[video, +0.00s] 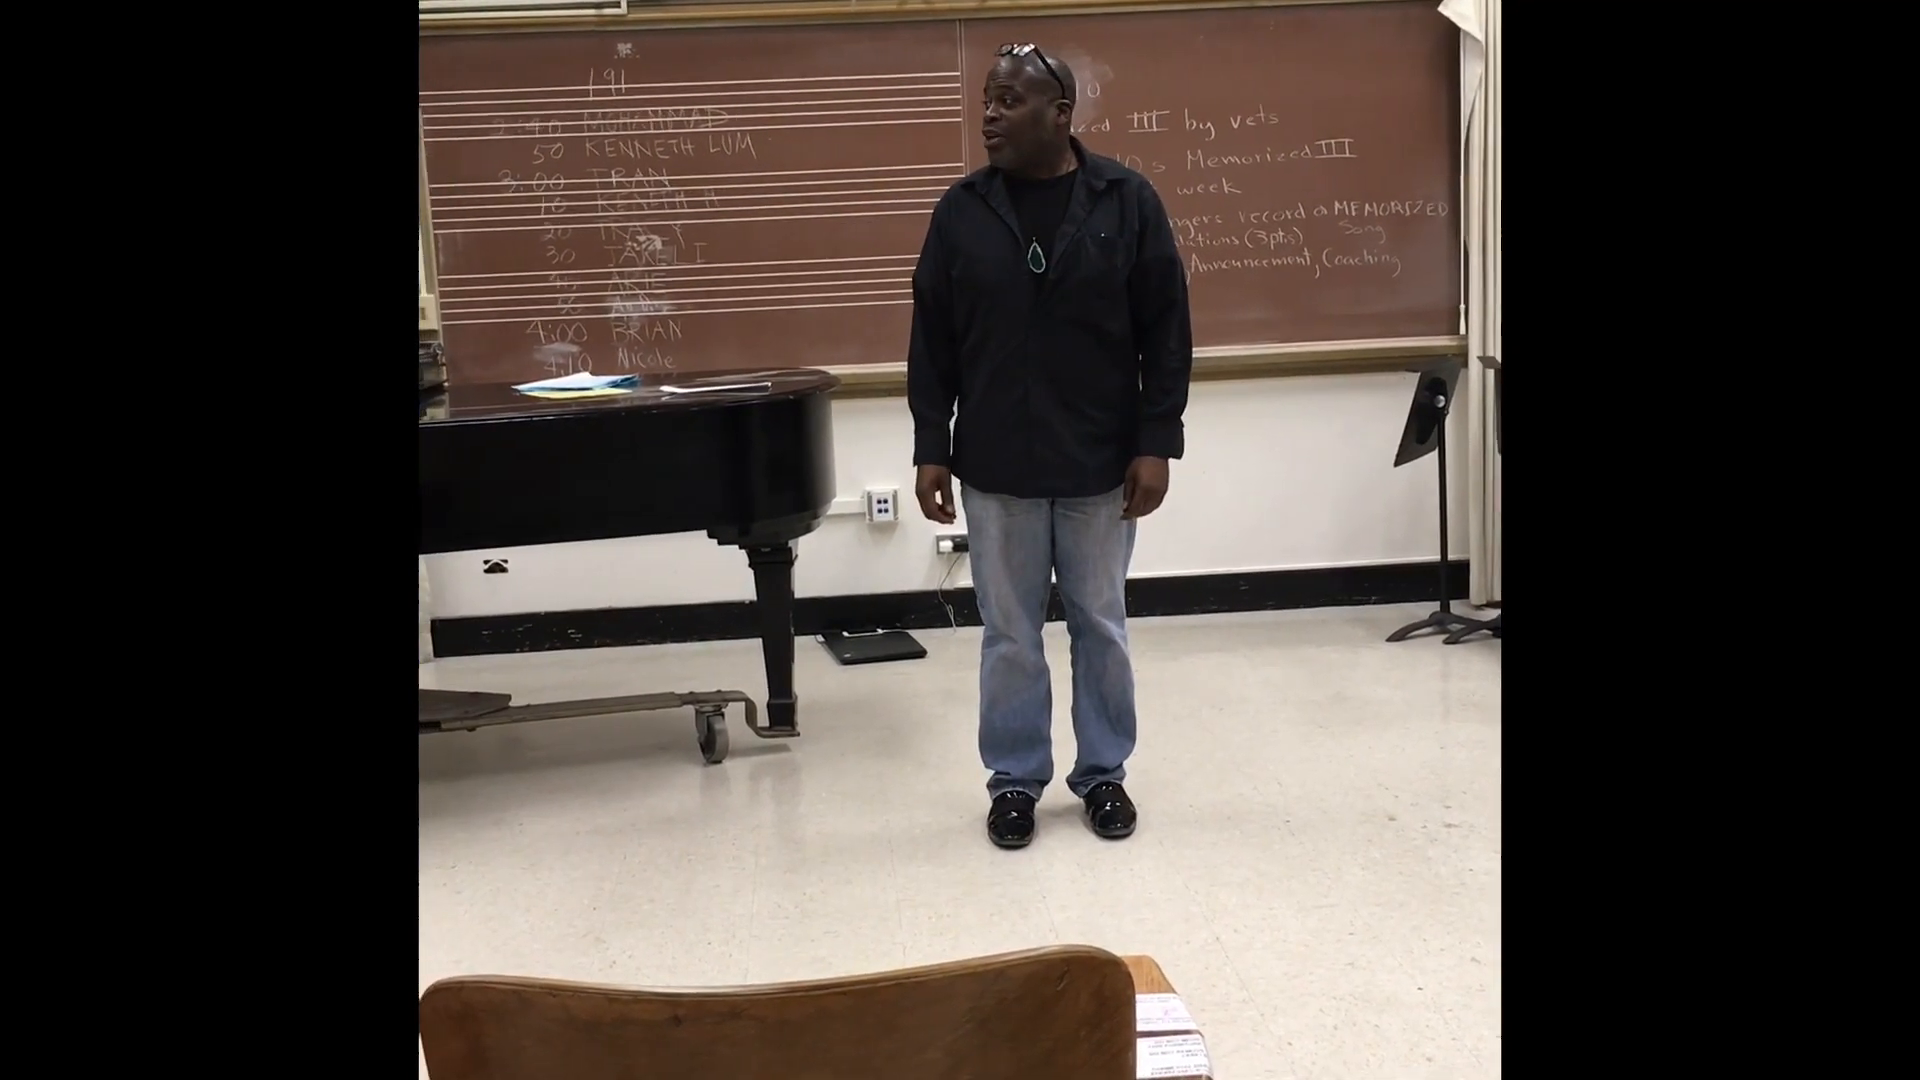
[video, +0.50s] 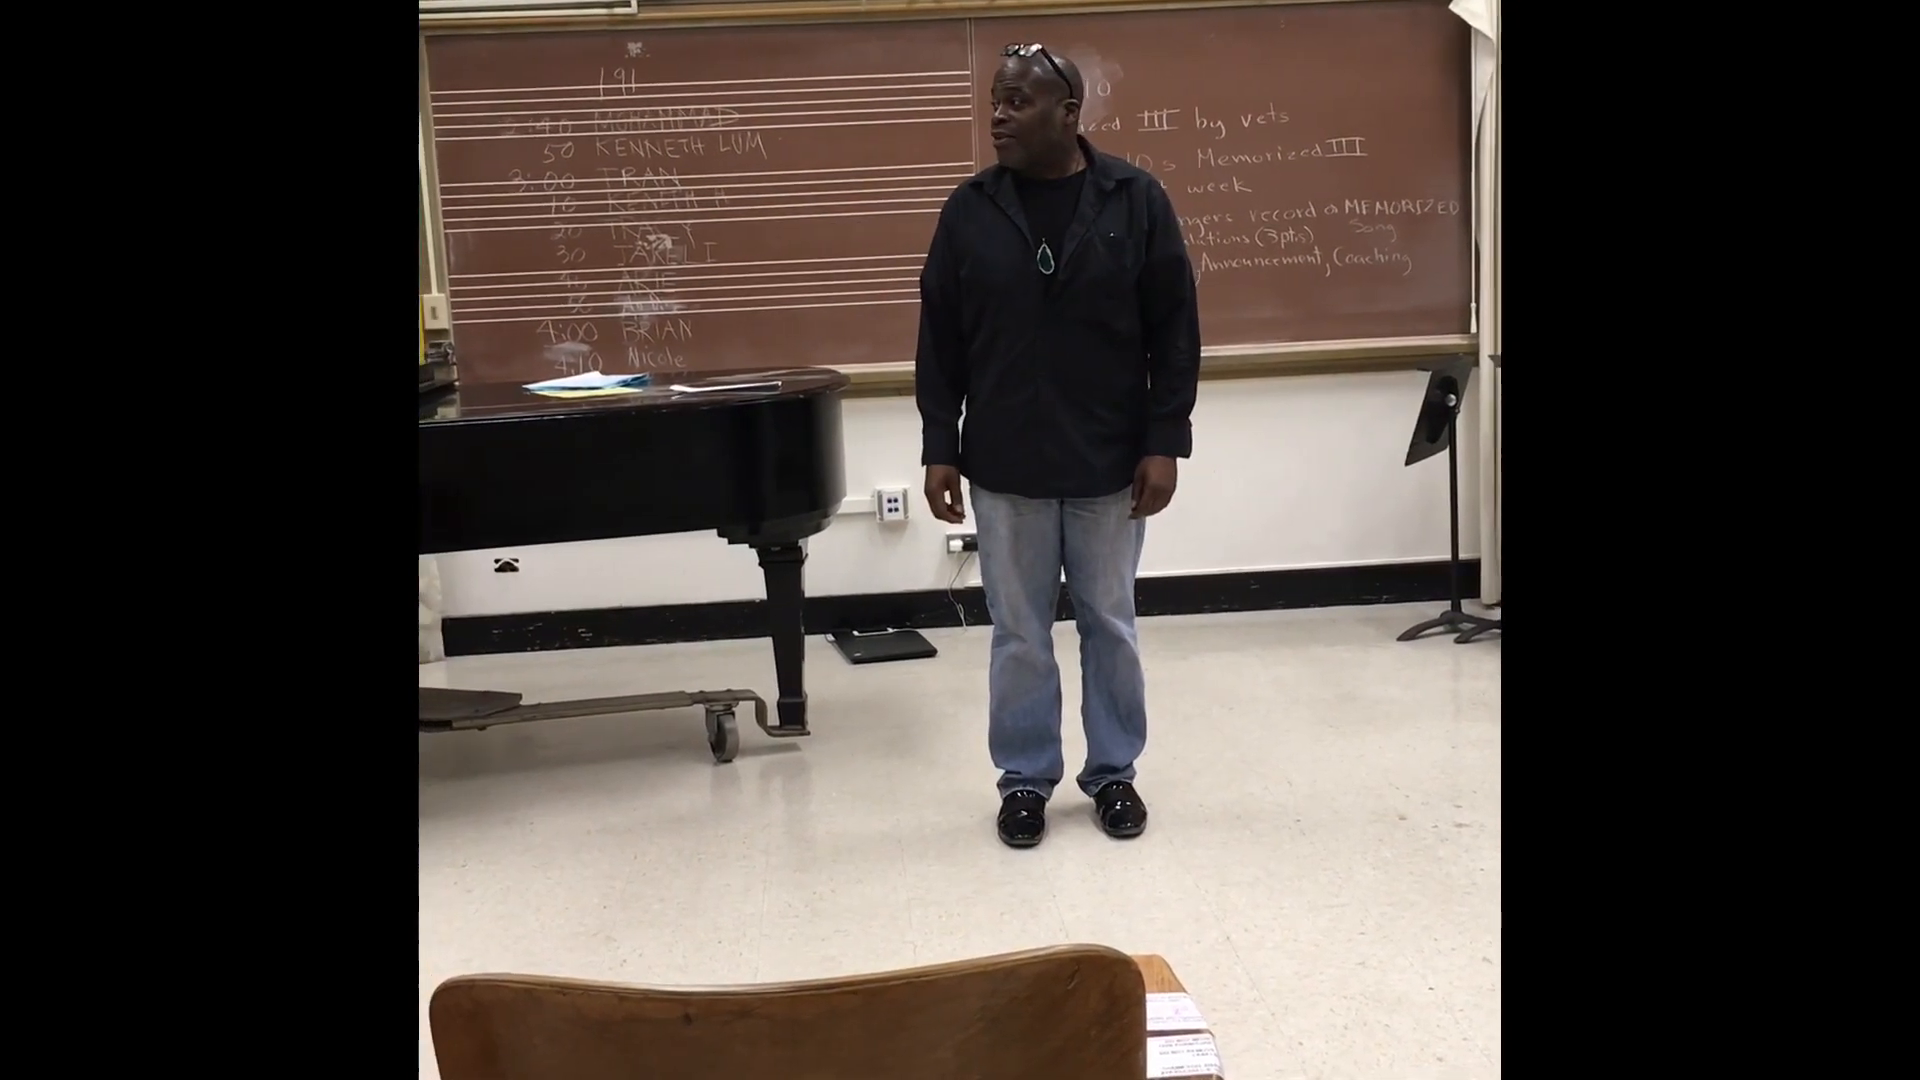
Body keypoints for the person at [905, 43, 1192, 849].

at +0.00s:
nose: (990, 116)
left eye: (1009, 101)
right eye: (988, 102)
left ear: (1061, 112)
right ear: (986, 112)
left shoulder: (1127, 200)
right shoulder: (962, 210)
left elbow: (1165, 331)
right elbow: (932, 337)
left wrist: (1156, 446)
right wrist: (930, 451)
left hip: (1100, 455)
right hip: (995, 458)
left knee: (1100, 626)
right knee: (1009, 632)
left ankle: (1103, 775)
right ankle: (1013, 779)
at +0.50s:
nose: (999, 116)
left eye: (1017, 101)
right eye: (995, 102)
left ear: (1069, 112)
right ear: (991, 111)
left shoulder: (1136, 200)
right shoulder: (968, 210)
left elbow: (1174, 330)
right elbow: (939, 337)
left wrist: (1165, 445)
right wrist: (939, 451)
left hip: (1109, 454)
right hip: (1005, 457)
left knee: (1110, 625)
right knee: (1019, 631)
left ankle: (1114, 772)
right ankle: (1023, 780)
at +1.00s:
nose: (1009, 118)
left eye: (1026, 103)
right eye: (1005, 104)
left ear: (1078, 112)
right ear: (1000, 113)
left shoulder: (1146, 202)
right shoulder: (980, 211)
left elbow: (1183, 332)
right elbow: (949, 338)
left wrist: (1174, 447)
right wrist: (949, 452)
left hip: (1119, 455)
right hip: (1015, 458)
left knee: (1121, 626)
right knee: (1029, 632)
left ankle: (1124, 774)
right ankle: (1034, 780)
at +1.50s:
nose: (1021, 116)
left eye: (1039, 103)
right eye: (1016, 103)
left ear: (1087, 113)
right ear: (1008, 113)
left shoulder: (1144, 204)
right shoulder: (977, 214)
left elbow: (1183, 333)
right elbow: (947, 342)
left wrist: (1174, 449)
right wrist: (948, 456)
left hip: (1118, 457)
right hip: (1015, 461)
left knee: (1120, 629)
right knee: (1029, 635)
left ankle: (1123, 776)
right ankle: (1034, 784)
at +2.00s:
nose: (1054, 113)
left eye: (1070, 100)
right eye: (1038, 100)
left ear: (1096, 111)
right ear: (1014, 114)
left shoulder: (1143, 208)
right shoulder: (973, 217)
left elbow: (1180, 336)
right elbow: (943, 345)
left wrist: (1176, 447)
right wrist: (950, 460)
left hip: (1118, 458)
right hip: (1015, 462)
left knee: (1117, 629)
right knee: (1026, 636)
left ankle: (1120, 778)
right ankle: (1031, 785)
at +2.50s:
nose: (1058, 109)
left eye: (1074, 96)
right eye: (1041, 97)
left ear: (1099, 109)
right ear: (1017, 113)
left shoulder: (1145, 206)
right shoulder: (976, 215)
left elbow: (1182, 333)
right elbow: (944, 344)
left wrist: (1177, 446)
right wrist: (951, 459)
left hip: (1120, 457)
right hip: (1017, 461)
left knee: (1119, 628)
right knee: (1027, 634)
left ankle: (1121, 776)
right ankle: (1031, 784)